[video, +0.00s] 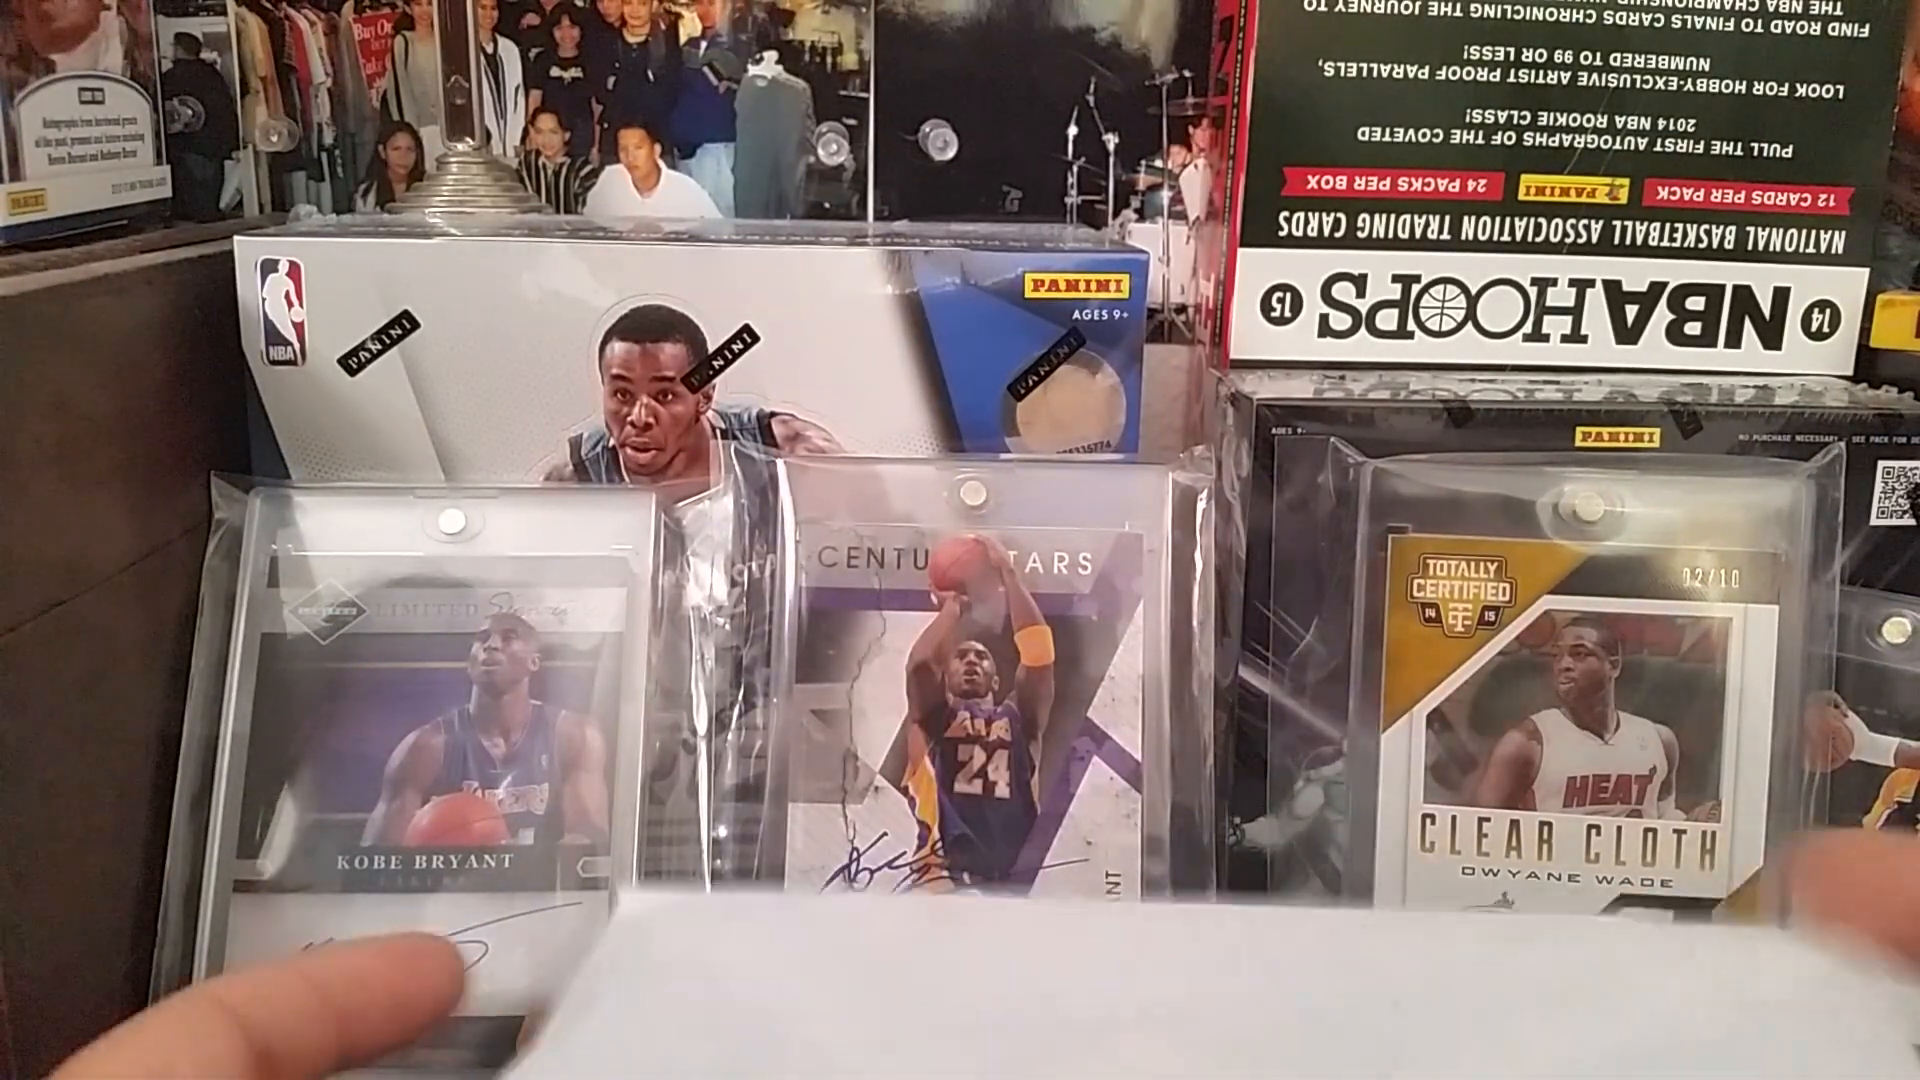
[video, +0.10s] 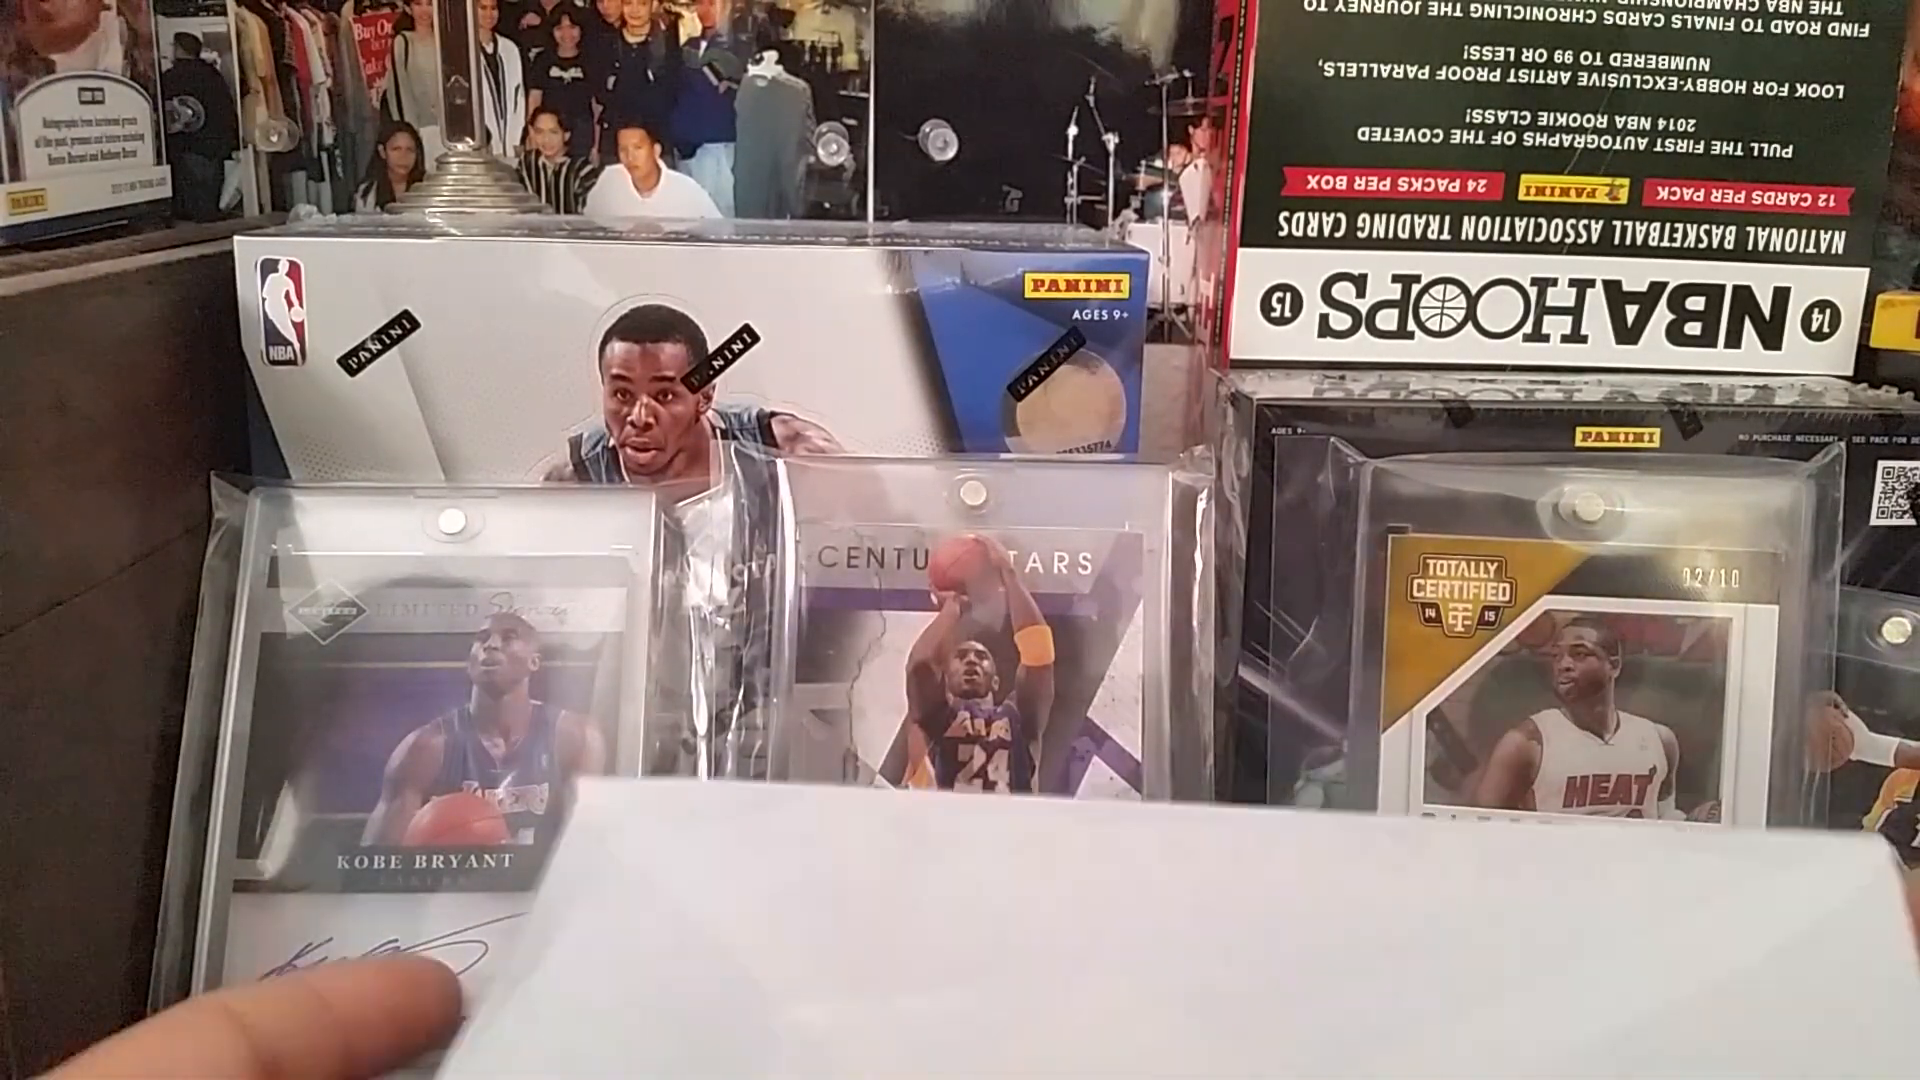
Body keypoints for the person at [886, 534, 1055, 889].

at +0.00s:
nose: (971, 661)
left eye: (981, 658)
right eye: (960, 657)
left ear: (995, 677)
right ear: (946, 675)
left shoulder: (1020, 715)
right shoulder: (937, 716)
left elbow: (1038, 651)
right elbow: (920, 663)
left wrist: (1008, 572)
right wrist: (951, 608)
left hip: (1019, 874)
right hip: (954, 873)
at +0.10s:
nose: (971, 662)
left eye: (982, 657)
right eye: (961, 656)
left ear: (995, 680)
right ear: (943, 675)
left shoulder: (1019, 720)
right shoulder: (938, 719)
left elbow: (1037, 655)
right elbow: (920, 664)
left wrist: (1008, 572)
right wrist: (952, 606)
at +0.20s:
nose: (972, 661)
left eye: (982, 657)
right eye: (961, 656)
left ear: (995, 681)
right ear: (946, 676)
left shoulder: (1023, 719)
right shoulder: (935, 716)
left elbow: (1038, 649)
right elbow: (921, 662)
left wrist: (1008, 572)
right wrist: (952, 604)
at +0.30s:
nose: (971, 661)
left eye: (982, 657)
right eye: (961, 656)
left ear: (995, 681)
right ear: (944, 675)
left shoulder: (1020, 717)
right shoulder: (937, 718)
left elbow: (1038, 654)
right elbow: (919, 663)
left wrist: (1008, 572)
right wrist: (953, 606)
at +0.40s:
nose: (971, 660)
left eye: (982, 657)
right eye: (961, 656)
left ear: (995, 682)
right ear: (945, 675)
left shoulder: (1021, 717)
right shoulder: (933, 714)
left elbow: (1038, 649)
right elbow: (920, 662)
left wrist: (1008, 570)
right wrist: (953, 605)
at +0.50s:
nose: (971, 660)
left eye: (982, 657)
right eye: (961, 656)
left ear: (996, 681)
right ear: (947, 673)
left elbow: (1038, 650)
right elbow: (921, 663)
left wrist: (1007, 571)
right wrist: (952, 606)